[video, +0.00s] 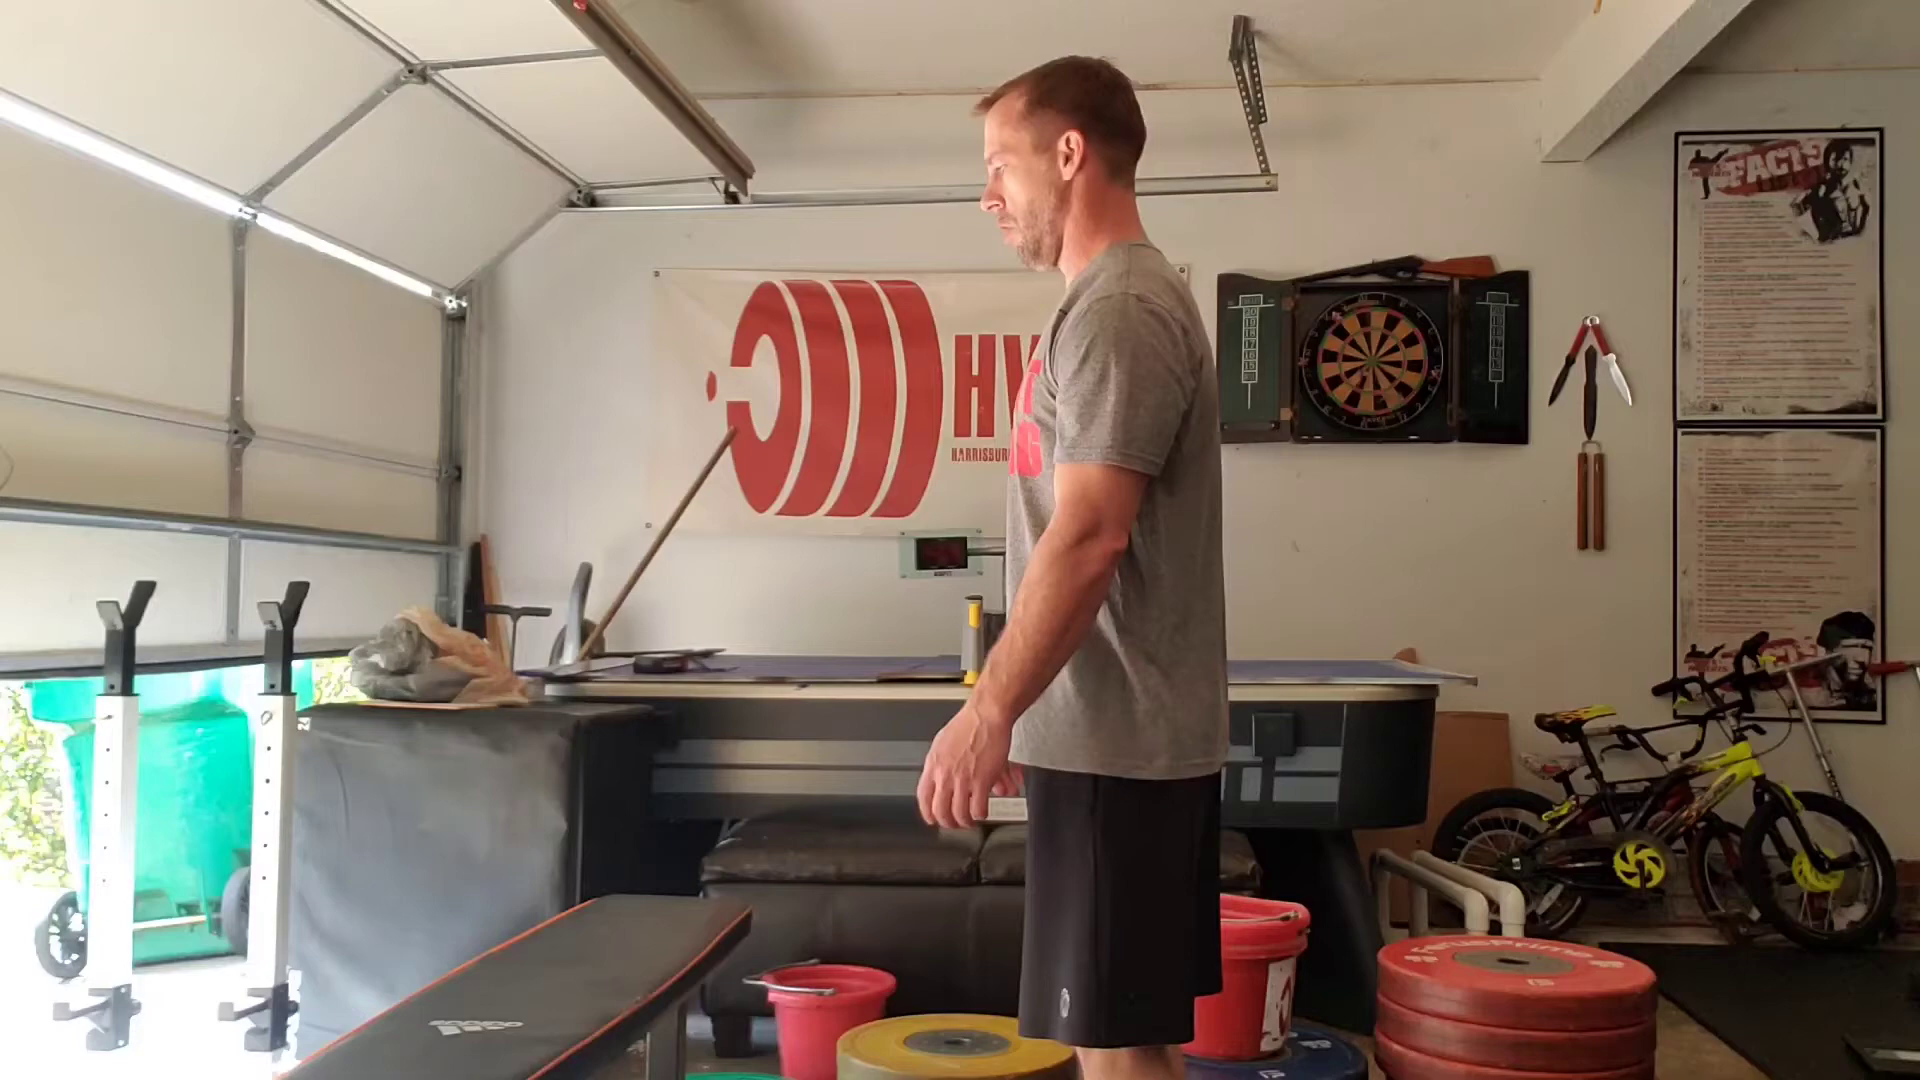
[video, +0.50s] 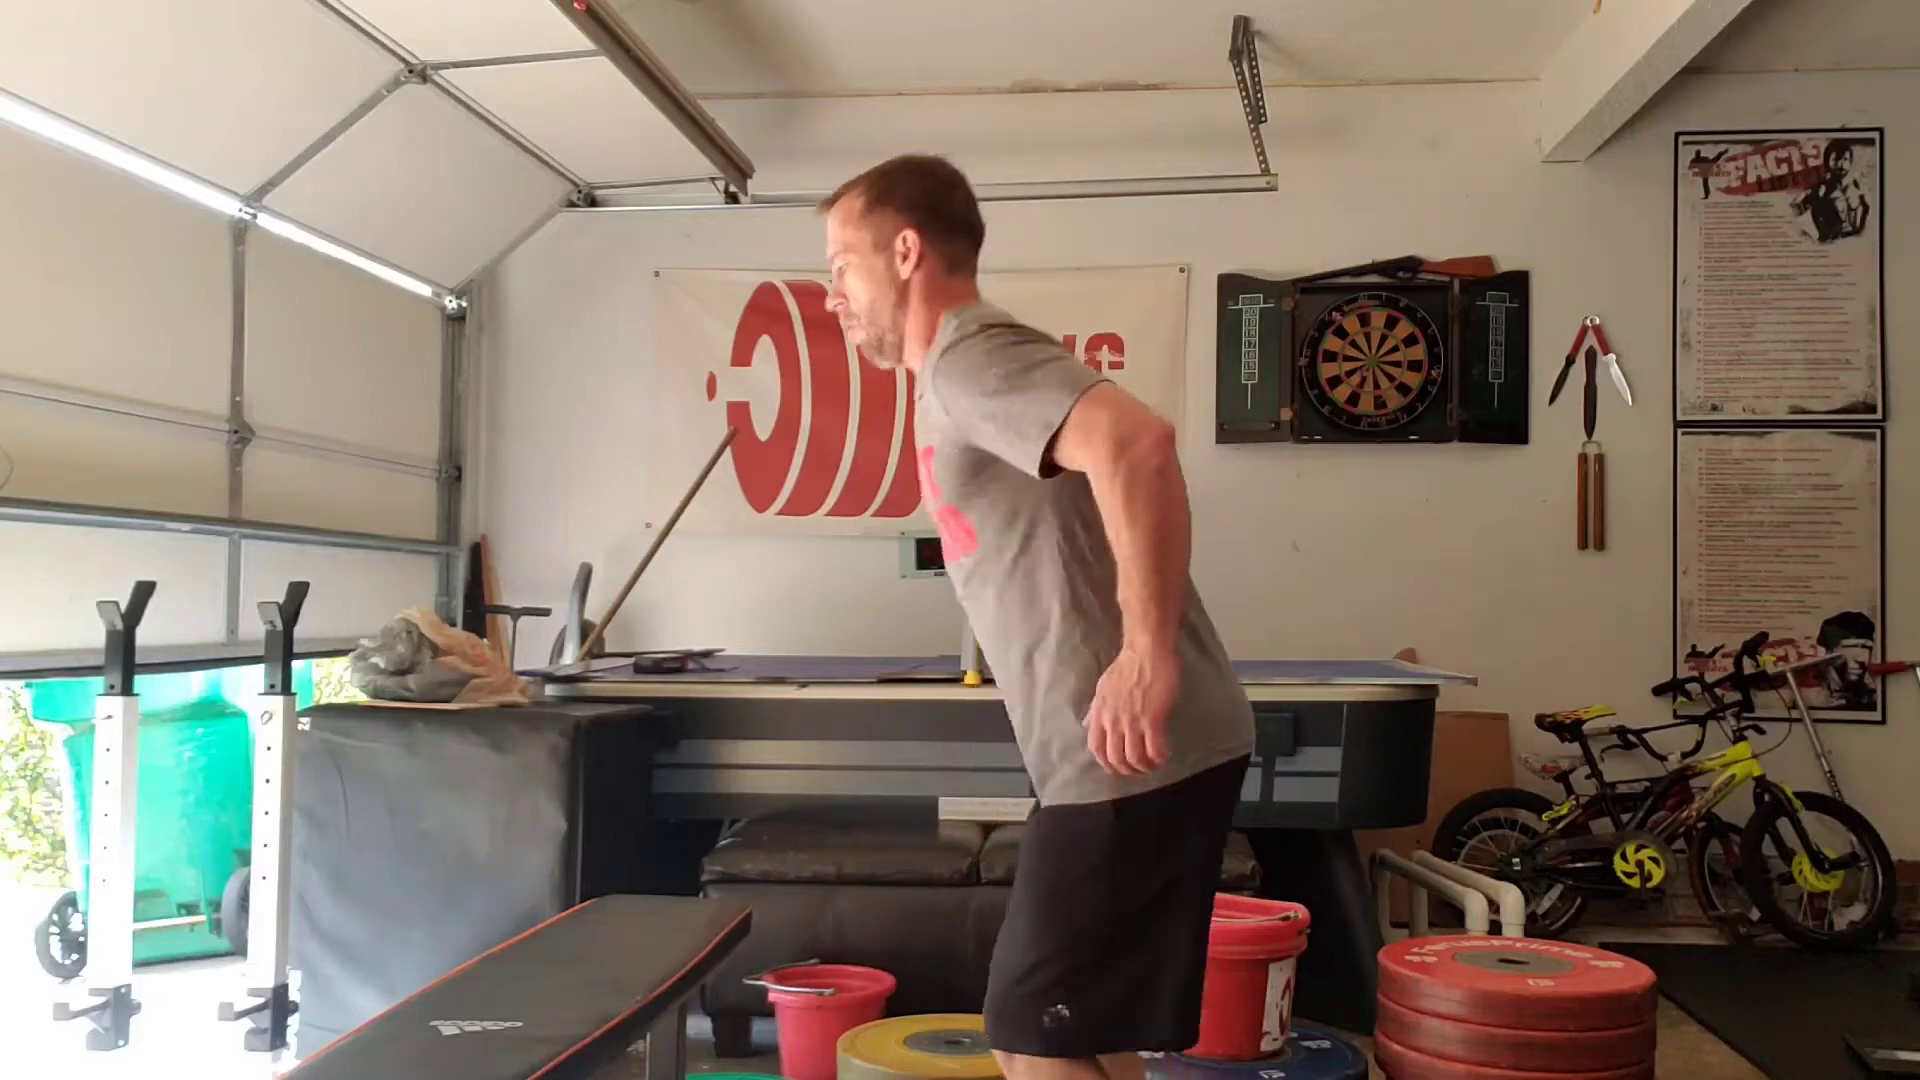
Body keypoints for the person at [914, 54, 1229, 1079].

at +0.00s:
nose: (990, 200)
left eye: (999, 169)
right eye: (988, 175)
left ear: (1071, 155)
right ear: (1081, 160)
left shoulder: (1119, 307)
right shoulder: (1117, 300)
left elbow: (1092, 538)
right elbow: (1093, 541)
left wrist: (983, 712)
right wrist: (1012, 717)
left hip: (1118, 742)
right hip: (1119, 739)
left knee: (1117, 1047)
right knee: (1127, 1040)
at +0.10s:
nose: (988, 201)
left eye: (997, 170)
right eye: (986, 177)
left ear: (1068, 156)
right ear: (1078, 161)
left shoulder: (1117, 307)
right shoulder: (1115, 300)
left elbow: (1093, 535)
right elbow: (1091, 538)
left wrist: (989, 712)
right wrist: (1005, 711)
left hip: (1117, 741)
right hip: (1120, 737)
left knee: (1115, 1047)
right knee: (1127, 1040)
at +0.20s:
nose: (967, 203)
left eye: (978, 173)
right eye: (965, 178)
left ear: (1046, 163)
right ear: (1050, 168)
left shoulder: (1102, 306)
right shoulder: (1095, 302)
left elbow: (1101, 525)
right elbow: (1096, 531)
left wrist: (1012, 716)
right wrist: (1016, 712)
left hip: (1116, 743)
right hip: (1115, 738)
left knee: (1108, 1047)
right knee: (1124, 1040)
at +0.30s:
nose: (935, 219)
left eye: (943, 189)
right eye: (931, 195)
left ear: (1010, 176)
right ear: (1016, 181)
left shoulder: (1070, 308)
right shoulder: (1070, 302)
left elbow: (1121, 512)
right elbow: (1114, 518)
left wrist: (1054, 712)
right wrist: (1053, 708)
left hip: (1113, 748)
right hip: (1117, 744)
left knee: (1093, 1051)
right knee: (1130, 1049)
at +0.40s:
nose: (887, 241)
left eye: (895, 211)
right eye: (883, 216)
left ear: (963, 199)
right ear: (968, 203)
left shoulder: (1024, 319)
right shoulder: (1020, 318)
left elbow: (1140, 470)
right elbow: (1124, 494)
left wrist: (1117, 683)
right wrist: (1092, 693)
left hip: (1109, 745)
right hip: (1124, 739)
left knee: (1071, 1046)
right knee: (1122, 1046)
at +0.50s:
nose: (832, 294)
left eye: (844, 265)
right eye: (831, 271)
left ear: (908, 256)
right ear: (910, 259)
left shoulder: (969, 360)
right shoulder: (971, 362)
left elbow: (1135, 441)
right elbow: (1133, 456)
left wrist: (1146, 651)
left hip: (1125, 754)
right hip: (1144, 746)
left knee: (1035, 1035)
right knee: (1100, 1042)